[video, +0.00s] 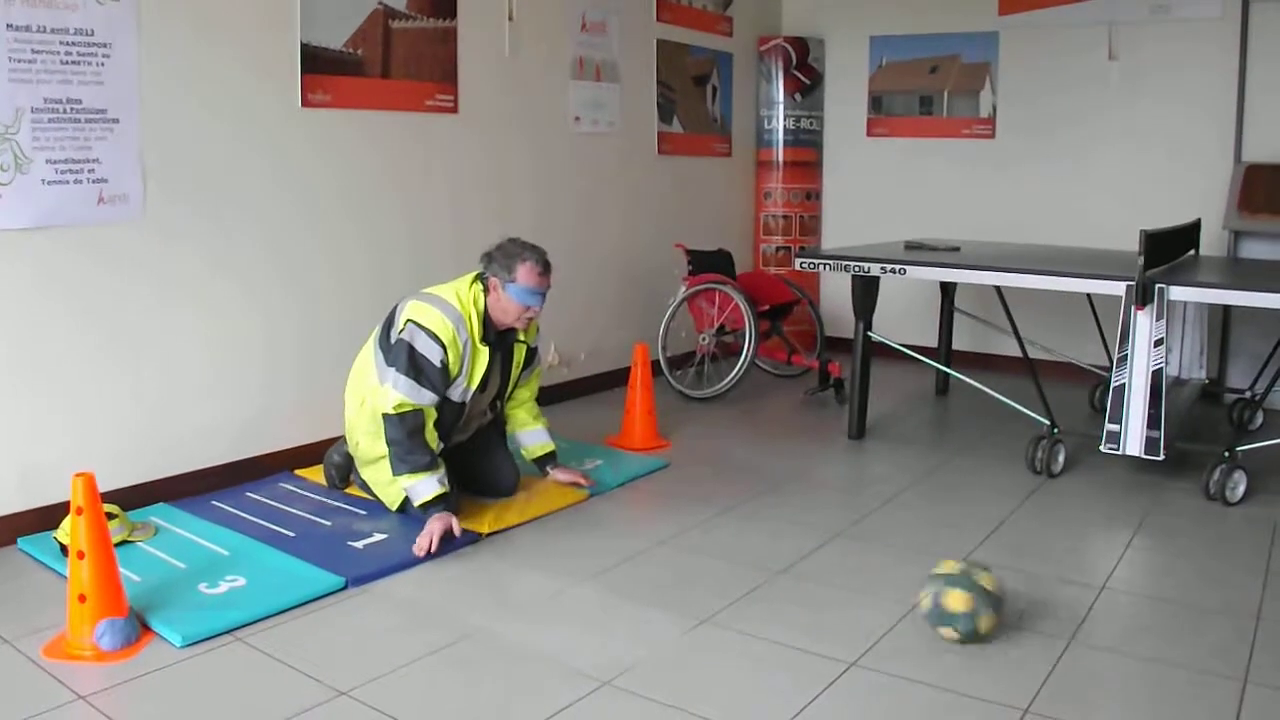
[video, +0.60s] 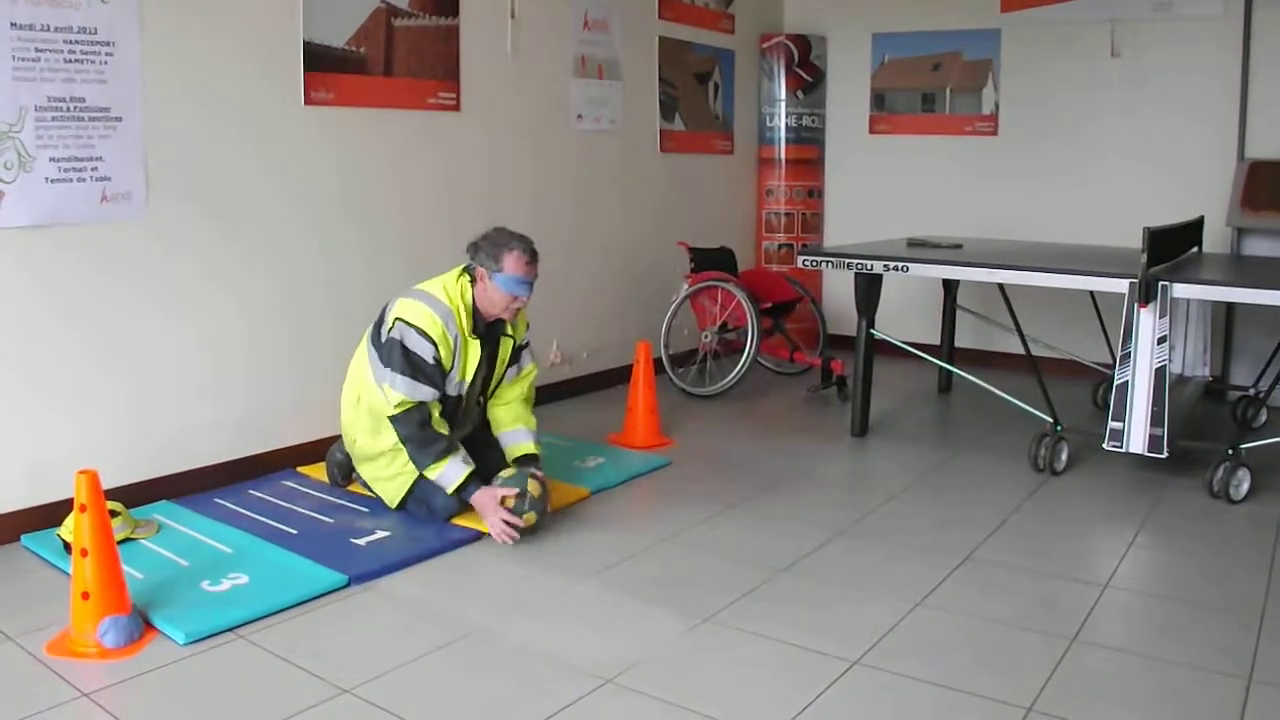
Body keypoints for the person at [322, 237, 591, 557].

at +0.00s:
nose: (535, 310)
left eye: (541, 299)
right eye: (527, 297)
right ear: (494, 288)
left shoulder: (522, 326)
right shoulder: (433, 324)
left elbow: (519, 399)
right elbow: (402, 418)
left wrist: (549, 464)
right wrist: (436, 508)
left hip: (463, 415)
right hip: (386, 421)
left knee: (501, 483)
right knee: (425, 509)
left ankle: (424, 459)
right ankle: (358, 455)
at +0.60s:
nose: (523, 301)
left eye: (529, 290)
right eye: (514, 289)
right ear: (481, 277)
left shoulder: (510, 319)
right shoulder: (422, 320)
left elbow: (510, 396)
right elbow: (412, 421)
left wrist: (527, 463)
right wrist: (474, 492)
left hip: (449, 417)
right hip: (383, 430)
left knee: (504, 478)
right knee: (445, 505)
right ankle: (360, 459)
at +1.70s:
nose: (543, 286)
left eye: (549, 275)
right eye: (533, 274)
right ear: (500, 269)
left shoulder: (533, 312)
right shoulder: (443, 312)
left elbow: (532, 386)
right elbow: (411, 408)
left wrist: (527, 452)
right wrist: (473, 471)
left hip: (466, 416)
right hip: (399, 431)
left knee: (515, 480)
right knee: (458, 505)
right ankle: (374, 460)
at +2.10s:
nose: (556, 285)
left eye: (560, 274)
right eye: (547, 274)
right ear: (512, 269)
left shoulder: (540, 304)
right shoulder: (467, 311)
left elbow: (573, 364)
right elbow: (505, 399)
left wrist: (622, 391)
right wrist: (600, 414)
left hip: (471, 406)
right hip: (413, 415)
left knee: (518, 485)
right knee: (457, 509)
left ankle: (431, 448)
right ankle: (377, 454)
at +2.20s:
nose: (562, 286)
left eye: (566, 275)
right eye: (553, 275)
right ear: (518, 269)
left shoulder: (547, 307)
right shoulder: (468, 314)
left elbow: (566, 378)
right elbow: (493, 413)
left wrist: (609, 415)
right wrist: (581, 439)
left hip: (467, 412)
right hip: (413, 421)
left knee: (519, 485)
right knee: (457, 511)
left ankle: (427, 449)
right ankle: (378, 455)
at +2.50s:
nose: (578, 299)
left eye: (583, 288)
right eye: (569, 287)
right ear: (535, 280)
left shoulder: (557, 328)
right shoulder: (474, 320)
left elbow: (538, 398)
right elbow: (422, 410)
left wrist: (557, 458)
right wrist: (458, 484)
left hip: (482, 416)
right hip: (412, 424)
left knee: (523, 490)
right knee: (458, 514)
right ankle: (382, 460)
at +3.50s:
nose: (572, 303)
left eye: (576, 292)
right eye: (562, 291)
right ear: (529, 284)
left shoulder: (556, 335)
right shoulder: (475, 321)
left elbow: (555, 412)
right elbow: (440, 414)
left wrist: (572, 486)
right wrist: (442, 514)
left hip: (482, 419)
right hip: (409, 424)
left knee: (526, 491)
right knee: (465, 518)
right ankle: (386, 466)